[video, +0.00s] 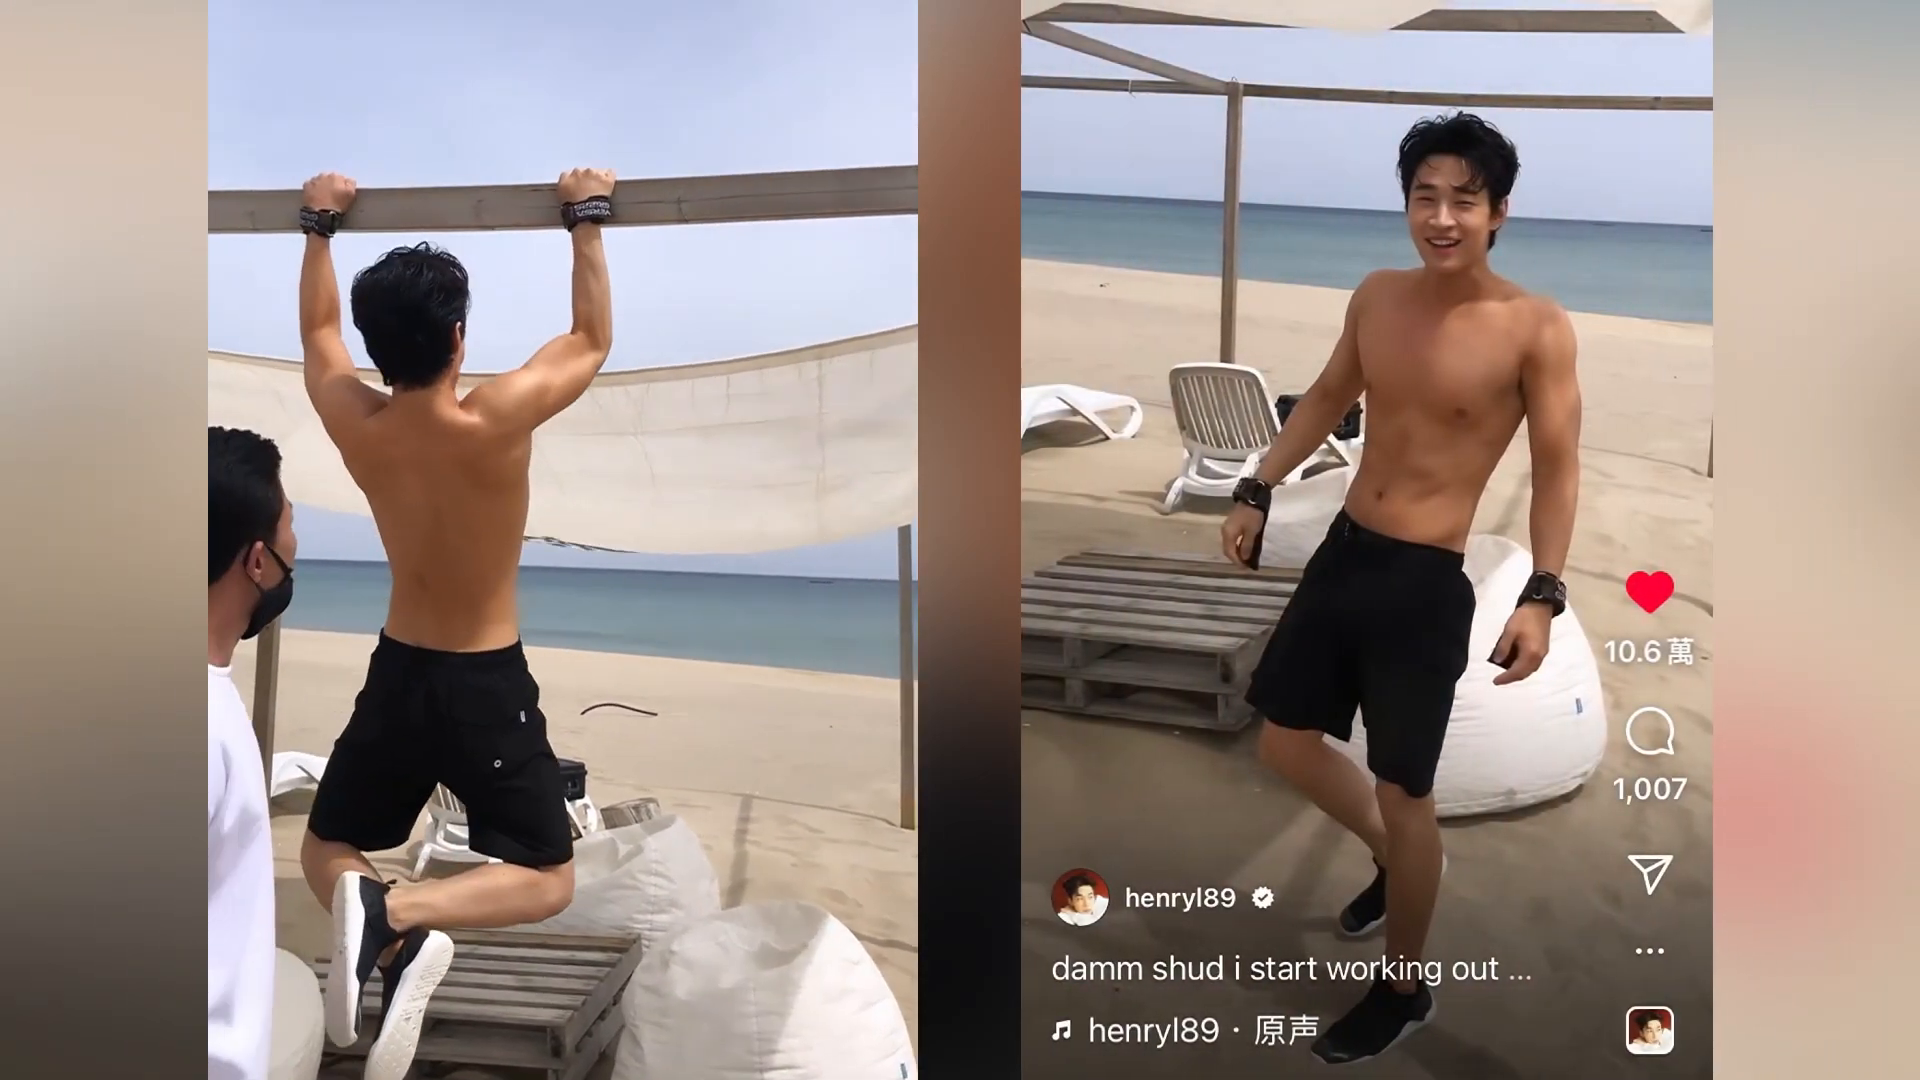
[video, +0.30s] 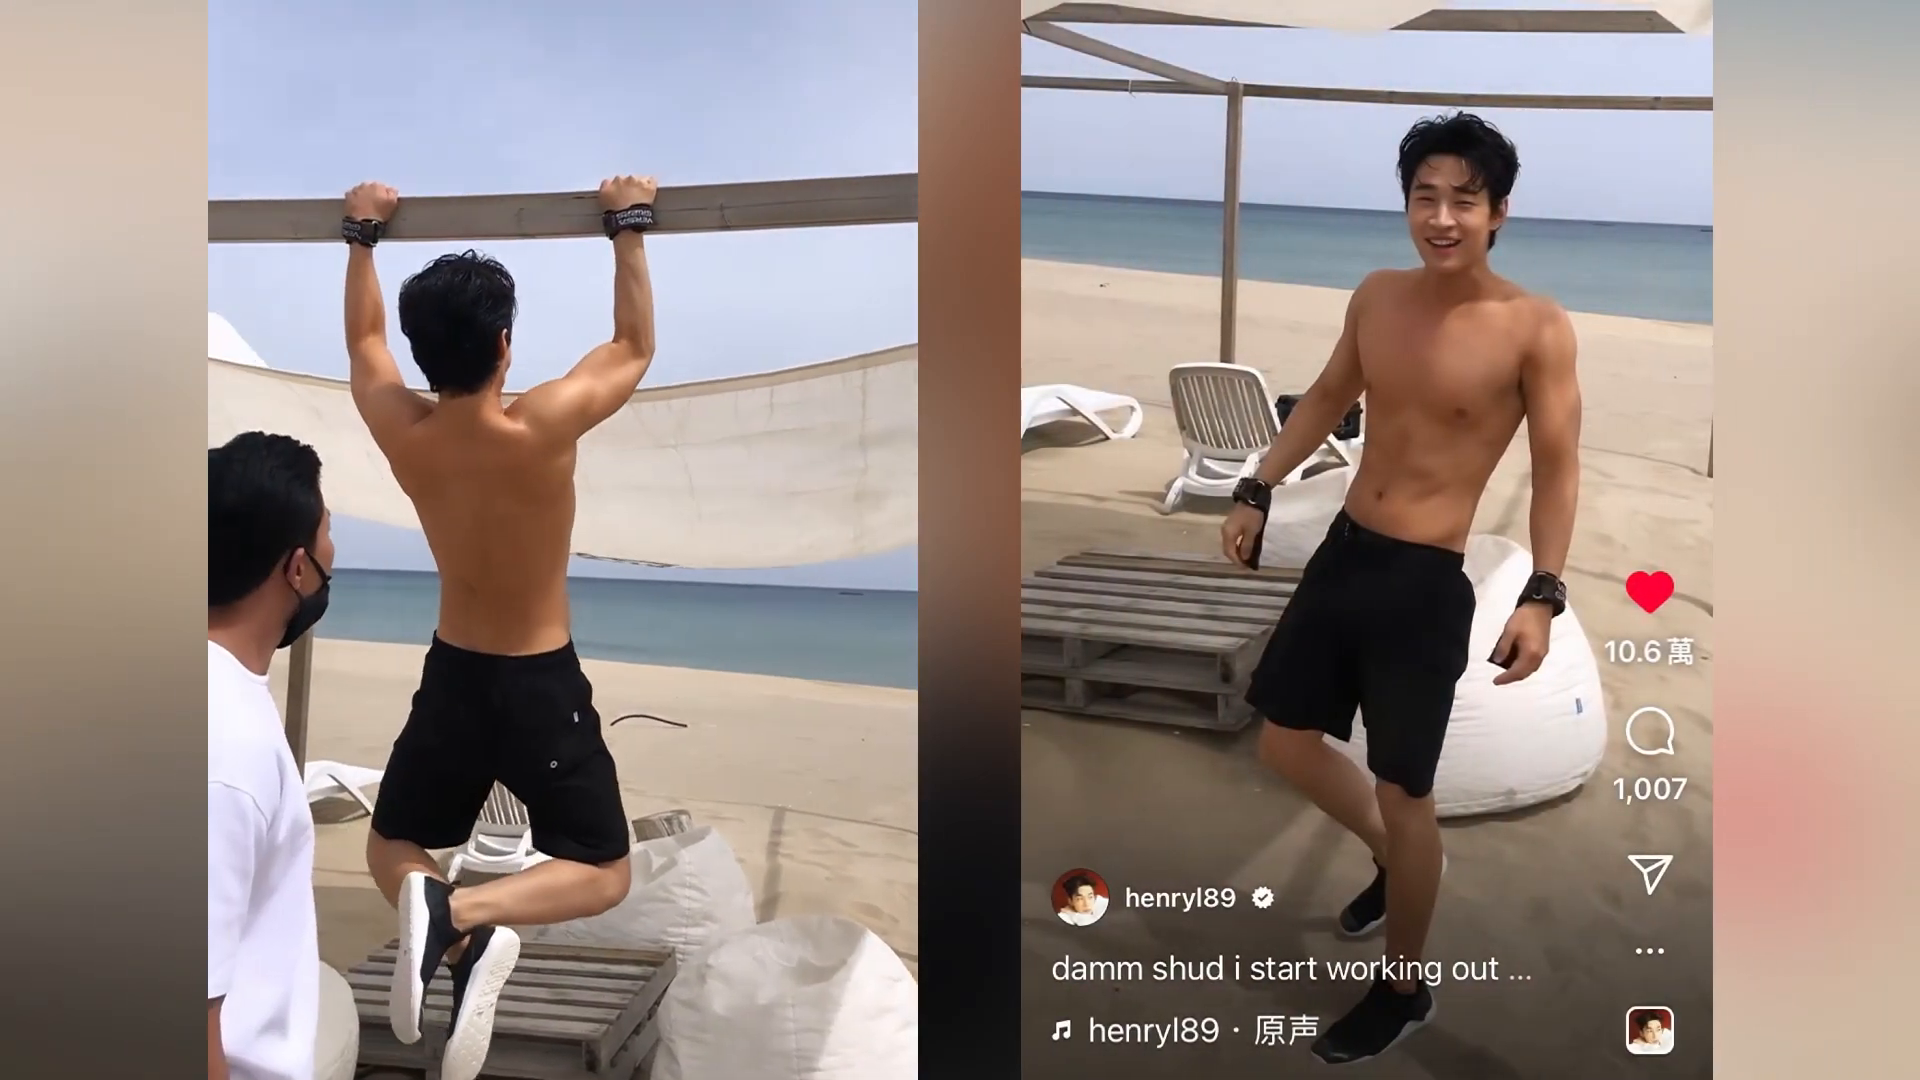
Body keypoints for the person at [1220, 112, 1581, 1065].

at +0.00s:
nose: (1440, 216)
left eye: (1462, 198)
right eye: (1425, 197)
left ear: (1498, 210)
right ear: (1406, 208)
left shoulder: (1534, 327)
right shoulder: (1378, 297)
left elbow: (1556, 468)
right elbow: (1330, 397)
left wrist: (1540, 595)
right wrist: (1256, 484)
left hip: (1427, 579)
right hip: (1345, 554)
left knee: (1402, 798)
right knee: (1284, 742)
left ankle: (1402, 982)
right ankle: (1398, 847)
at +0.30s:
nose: (1440, 216)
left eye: (1462, 198)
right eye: (1424, 197)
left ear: (1498, 210)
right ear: (1406, 208)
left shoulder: (1534, 328)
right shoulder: (1378, 297)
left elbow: (1556, 468)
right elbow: (1329, 398)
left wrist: (1540, 595)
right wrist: (1256, 484)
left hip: (1427, 579)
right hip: (1345, 554)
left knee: (1402, 799)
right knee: (1284, 742)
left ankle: (1402, 981)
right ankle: (1398, 847)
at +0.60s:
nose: (1440, 216)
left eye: (1462, 198)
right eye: (1424, 197)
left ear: (1498, 210)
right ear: (1406, 208)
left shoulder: (1534, 328)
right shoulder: (1378, 297)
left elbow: (1556, 468)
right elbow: (1329, 398)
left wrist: (1540, 595)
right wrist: (1256, 484)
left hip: (1427, 579)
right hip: (1345, 554)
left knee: (1402, 799)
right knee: (1284, 742)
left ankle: (1402, 981)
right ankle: (1398, 847)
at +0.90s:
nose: (1440, 216)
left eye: (1462, 198)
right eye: (1424, 197)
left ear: (1498, 210)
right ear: (1406, 208)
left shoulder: (1534, 328)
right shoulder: (1378, 297)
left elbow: (1556, 468)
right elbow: (1329, 398)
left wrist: (1540, 595)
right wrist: (1256, 484)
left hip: (1427, 579)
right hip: (1345, 554)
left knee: (1402, 799)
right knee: (1284, 742)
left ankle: (1402, 981)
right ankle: (1398, 847)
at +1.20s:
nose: (1440, 216)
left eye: (1462, 198)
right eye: (1424, 197)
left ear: (1498, 210)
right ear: (1406, 208)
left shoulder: (1534, 328)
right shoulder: (1378, 297)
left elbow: (1556, 468)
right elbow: (1329, 398)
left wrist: (1540, 595)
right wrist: (1256, 484)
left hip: (1427, 579)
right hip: (1345, 554)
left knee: (1402, 799)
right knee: (1284, 742)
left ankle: (1402, 981)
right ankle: (1398, 847)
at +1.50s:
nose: (1440, 216)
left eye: (1462, 198)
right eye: (1424, 197)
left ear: (1498, 210)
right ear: (1406, 208)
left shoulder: (1534, 328)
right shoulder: (1378, 297)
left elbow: (1556, 468)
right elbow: (1329, 398)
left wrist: (1540, 595)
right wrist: (1256, 484)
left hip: (1427, 579)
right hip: (1345, 554)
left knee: (1402, 799)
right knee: (1284, 742)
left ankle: (1402, 981)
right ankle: (1398, 847)